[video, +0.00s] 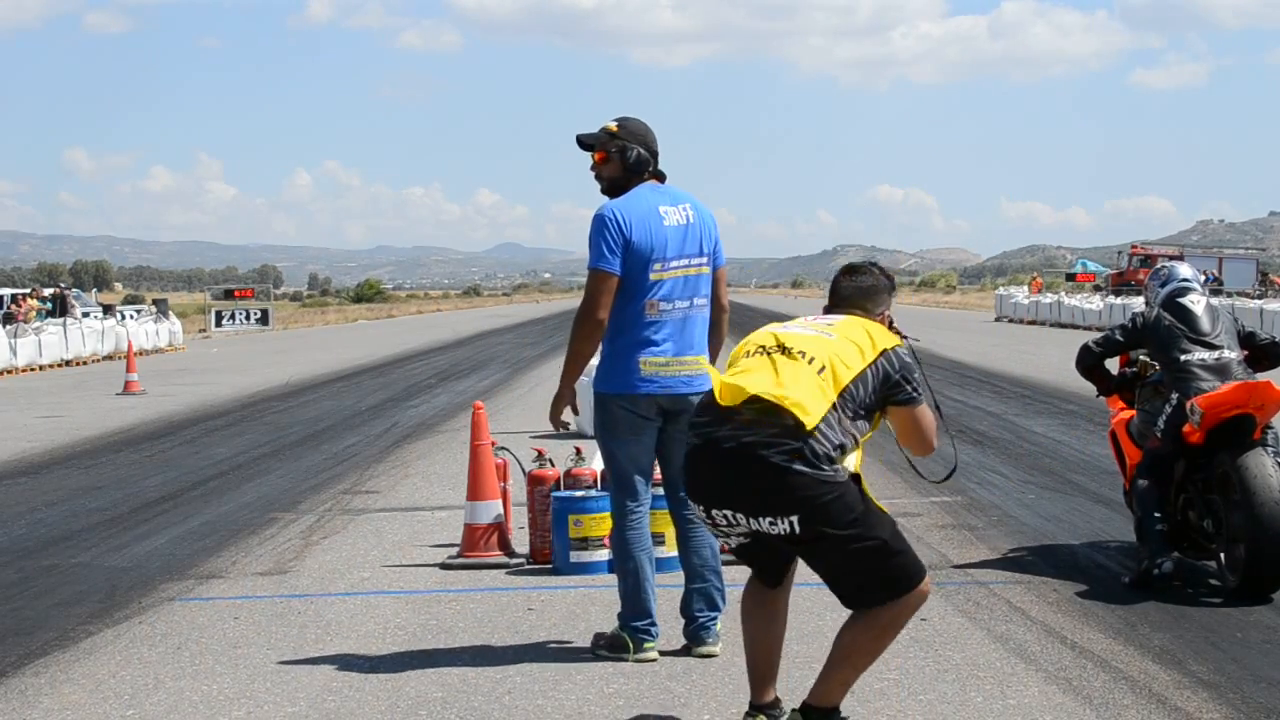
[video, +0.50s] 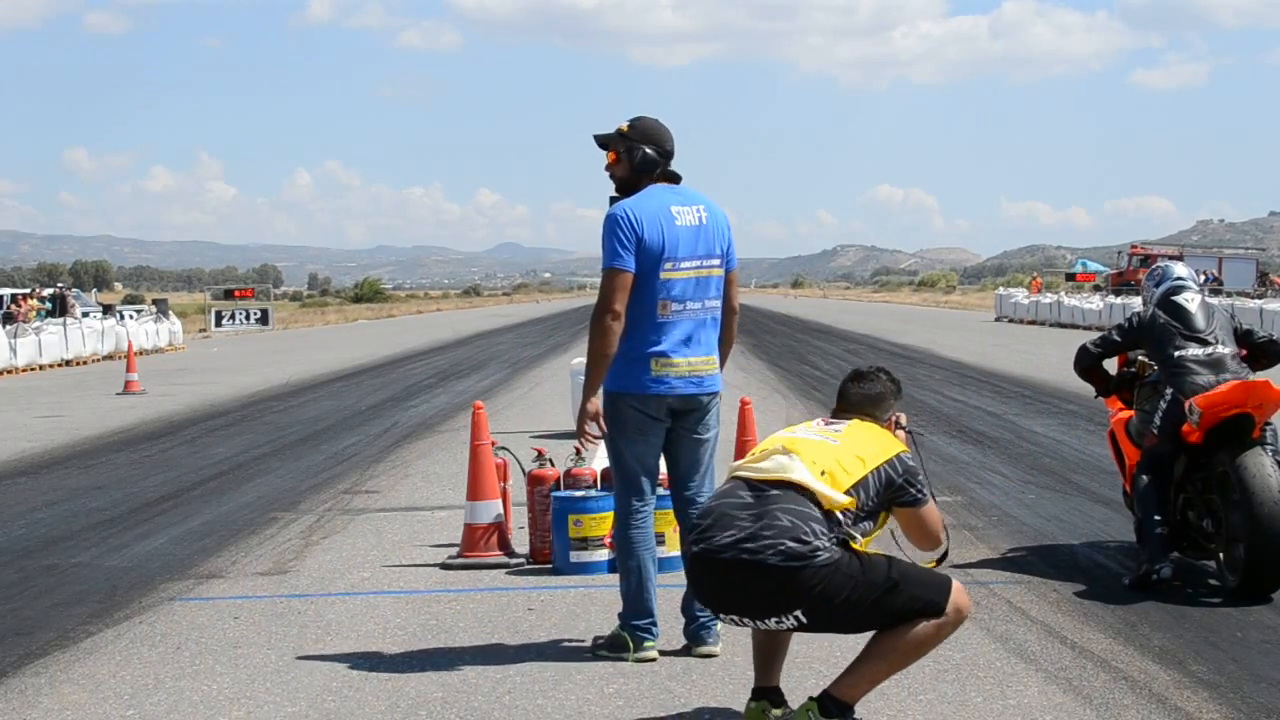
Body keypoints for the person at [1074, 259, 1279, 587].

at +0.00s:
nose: (1147, 297)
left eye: (1149, 291)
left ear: (1157, 289)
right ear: (1197, 284)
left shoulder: (1149, 319)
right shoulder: (1225, 314)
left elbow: (1088, 355)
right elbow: (1270, 348)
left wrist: (1110, 385)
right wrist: (1242, 366)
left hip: (1190, 397)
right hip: (1241, 388)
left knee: (1147, 474)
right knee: (1265, 441)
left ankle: (1156, 554)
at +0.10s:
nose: (1149, 297)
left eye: (1151, 291)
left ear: (1158, 289)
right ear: (1198, 285)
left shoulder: (1150, 320)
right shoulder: (1225, 315)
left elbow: (1089, 355)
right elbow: (1270, 349)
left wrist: (1110, 385)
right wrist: (1242, 368)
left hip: (1190, 397)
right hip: (1240, 389)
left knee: (1145, 475)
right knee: (1265, 437)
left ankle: (1156, 553)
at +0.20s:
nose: (1149, 295)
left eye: (1151, 289)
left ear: (1158, 288)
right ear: (1198, 284)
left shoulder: (1149, 319)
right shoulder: (1225, 314)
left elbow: (1088, 355)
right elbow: (1270, 349)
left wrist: (1110, 385)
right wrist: (1240, 368)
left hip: (1189, 395)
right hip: (1240, 387)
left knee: (1148, 475)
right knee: (1266, 434)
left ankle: (1156, 557)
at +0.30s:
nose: (1147, 296)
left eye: (1149, 290)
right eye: (1147, 290)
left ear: (1157, 289)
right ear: (1196, 283)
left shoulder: (1148, 319)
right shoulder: (1224, 313)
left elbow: (1087, 355)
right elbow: (1270, 347)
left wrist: (1109, 386)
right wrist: (1238, 368)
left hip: (1189, 396)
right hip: (1239, 388)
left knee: (1148, 474)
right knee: (1266, 436)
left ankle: (1155, 558)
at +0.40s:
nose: (1145, 295)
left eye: (1147, 290)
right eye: (1146, 290)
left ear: (1155, 288)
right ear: (1193, 282)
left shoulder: (1147, 319)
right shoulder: (1223, 313)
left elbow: (1087, 355)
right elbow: (1270, 346)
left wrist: (1108, 385)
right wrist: (1240, 368)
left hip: (1187, 393)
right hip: (1239, 384)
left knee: (1149, 473)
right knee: (1266, 436)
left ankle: (1155, 558)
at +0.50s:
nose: (1144, 296)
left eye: (1146, 290)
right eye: (1145, 291)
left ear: (1154, 288)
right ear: (1193, 283)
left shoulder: (1146, 319)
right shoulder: (1222, 312)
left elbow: (1086, 356)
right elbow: (1271, 346)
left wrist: (1108, 386)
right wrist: (1240, 365)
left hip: (1187, 390)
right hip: (1238, 381)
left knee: (1148, 470)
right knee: (1264, 441)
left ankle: (1155, 559)